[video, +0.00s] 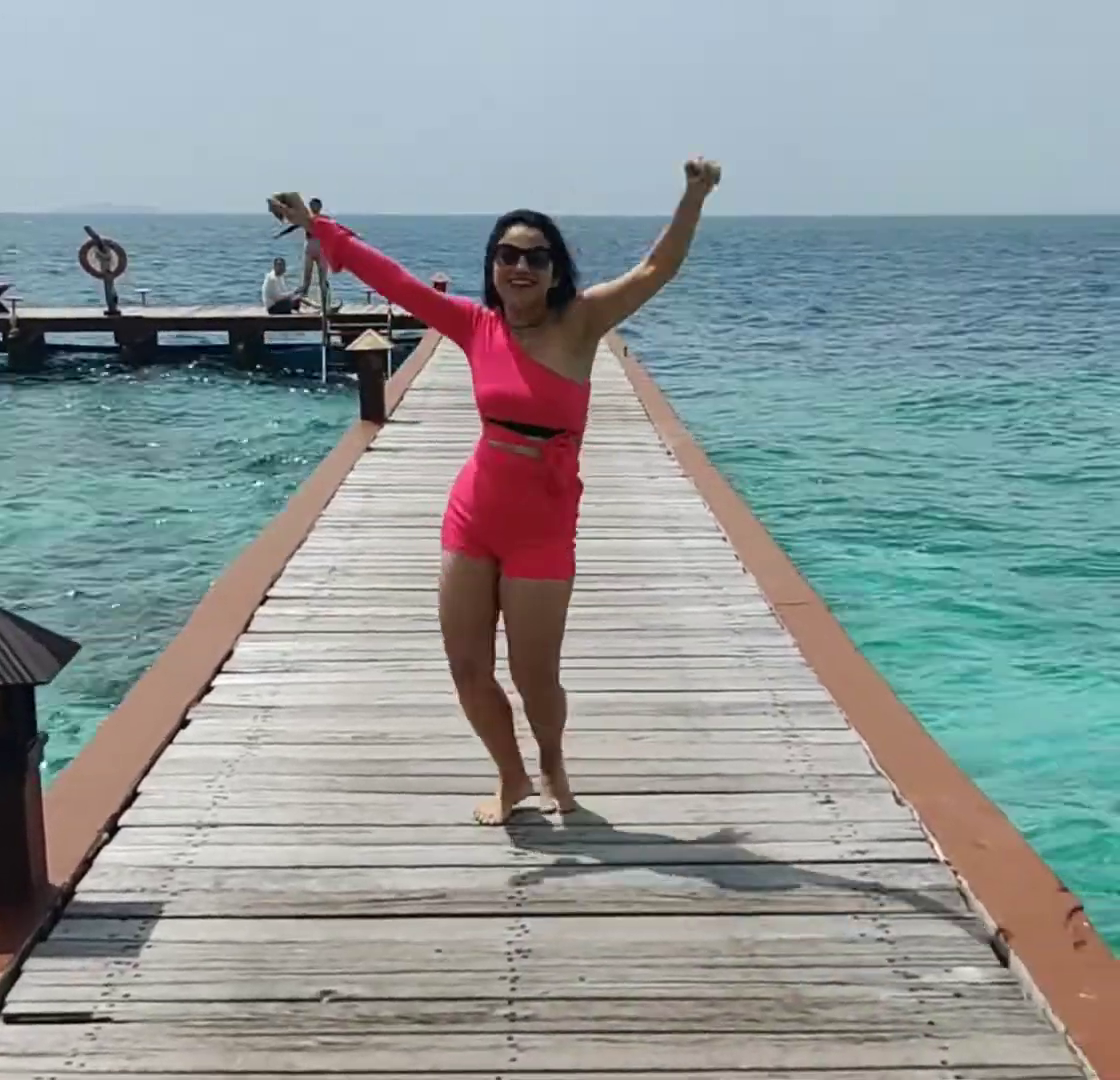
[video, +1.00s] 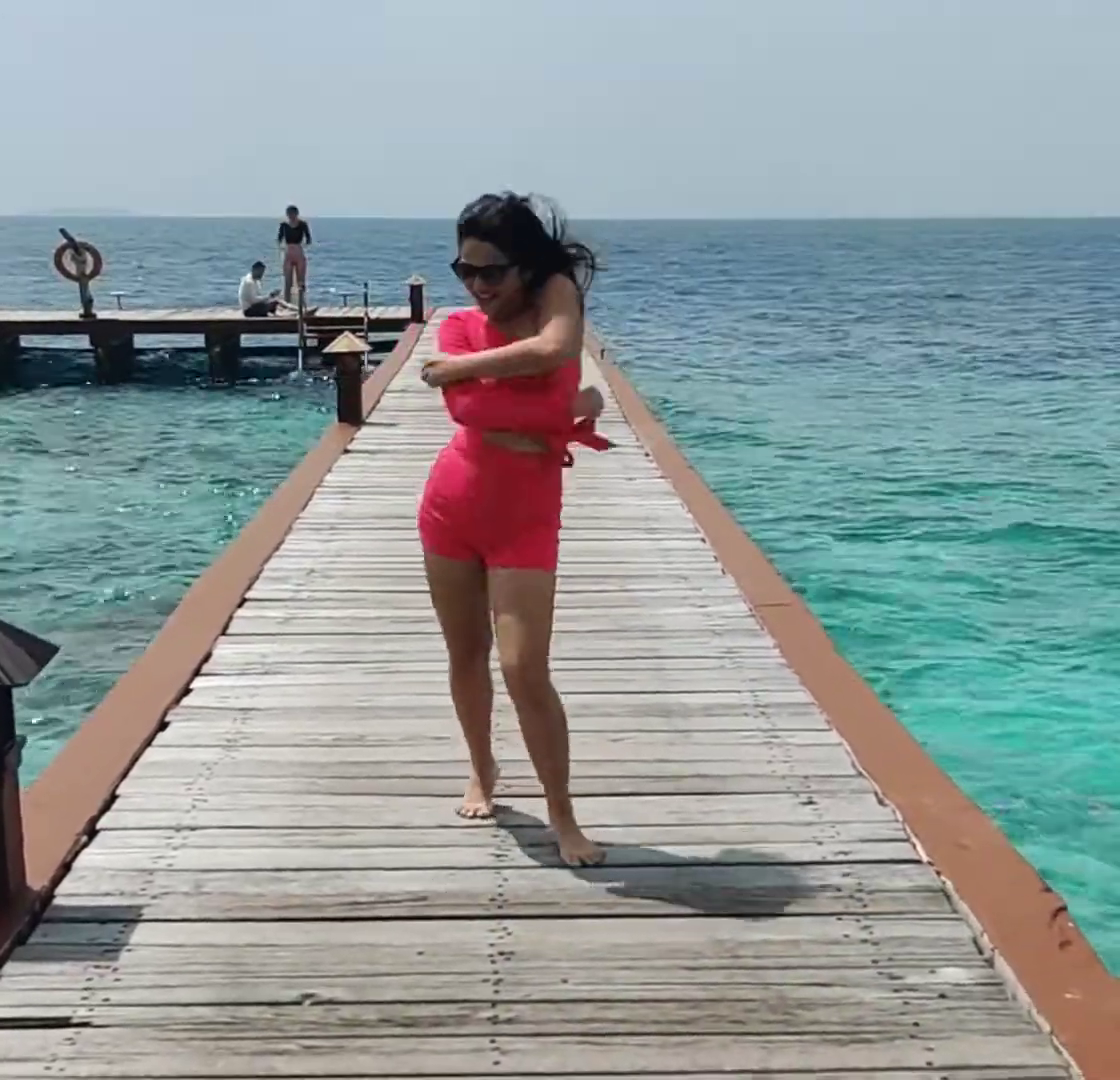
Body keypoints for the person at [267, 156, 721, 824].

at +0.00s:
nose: (521, 265)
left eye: (536, 256)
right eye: (509, 255)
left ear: (557, 267)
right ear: (491, 265)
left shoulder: (582, 320)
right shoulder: (477, 325)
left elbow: (656, 269)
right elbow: (396, 283)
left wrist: (693, 198)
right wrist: (314, 225)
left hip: (544, 523)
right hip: (473, 512)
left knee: (534, 676)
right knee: (467, 670)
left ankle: (551, 766)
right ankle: (511, 778)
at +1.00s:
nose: (478, 287)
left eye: (491, 271)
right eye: (467, 273)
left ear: (527, 261)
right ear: (459, 268)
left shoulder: (557, 294)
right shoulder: (456, 327)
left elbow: (553, 350)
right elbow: (478, 422)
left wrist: (458, 367)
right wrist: (570, 419)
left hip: (527, 514)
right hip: (451, 506)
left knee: (524, 671)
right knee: (467, 656)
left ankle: (561, 815)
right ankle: (481, 776)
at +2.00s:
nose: (458, 239)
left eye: (472, 225)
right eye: (443, 231)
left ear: (501, 235)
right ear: (430, 245)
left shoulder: (525, 320)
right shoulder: (416, 289)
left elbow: (500, 385)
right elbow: (403, 355)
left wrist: (526, 347)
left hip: (471, 508)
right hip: (392, 504)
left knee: (567, 668)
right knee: (382, 697)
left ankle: (627, 801)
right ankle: (364, 845)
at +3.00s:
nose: (503, 285)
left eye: (520, 277)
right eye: (491, 272)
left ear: (537, 288)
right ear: (470, 275)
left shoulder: (544, 371)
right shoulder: (425, 347)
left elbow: (553, 471)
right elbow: (386, 449)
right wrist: (346, 543)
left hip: (532, 537)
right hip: (449, 540)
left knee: (557, 680)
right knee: (462, 705)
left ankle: (583, 826)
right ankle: (440, 781)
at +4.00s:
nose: (408, 233)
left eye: (423, 220)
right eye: (395, 219)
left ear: (451, 213)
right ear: (381, 211)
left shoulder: (476, 260)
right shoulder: (361, 263)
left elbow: (556, 227)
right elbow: (265, 273)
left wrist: (515, 150)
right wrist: (171, 266)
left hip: (429, 447)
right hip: (359, 442)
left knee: (404, 593)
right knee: (435, 568)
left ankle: (388, 711)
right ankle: (485, 729)